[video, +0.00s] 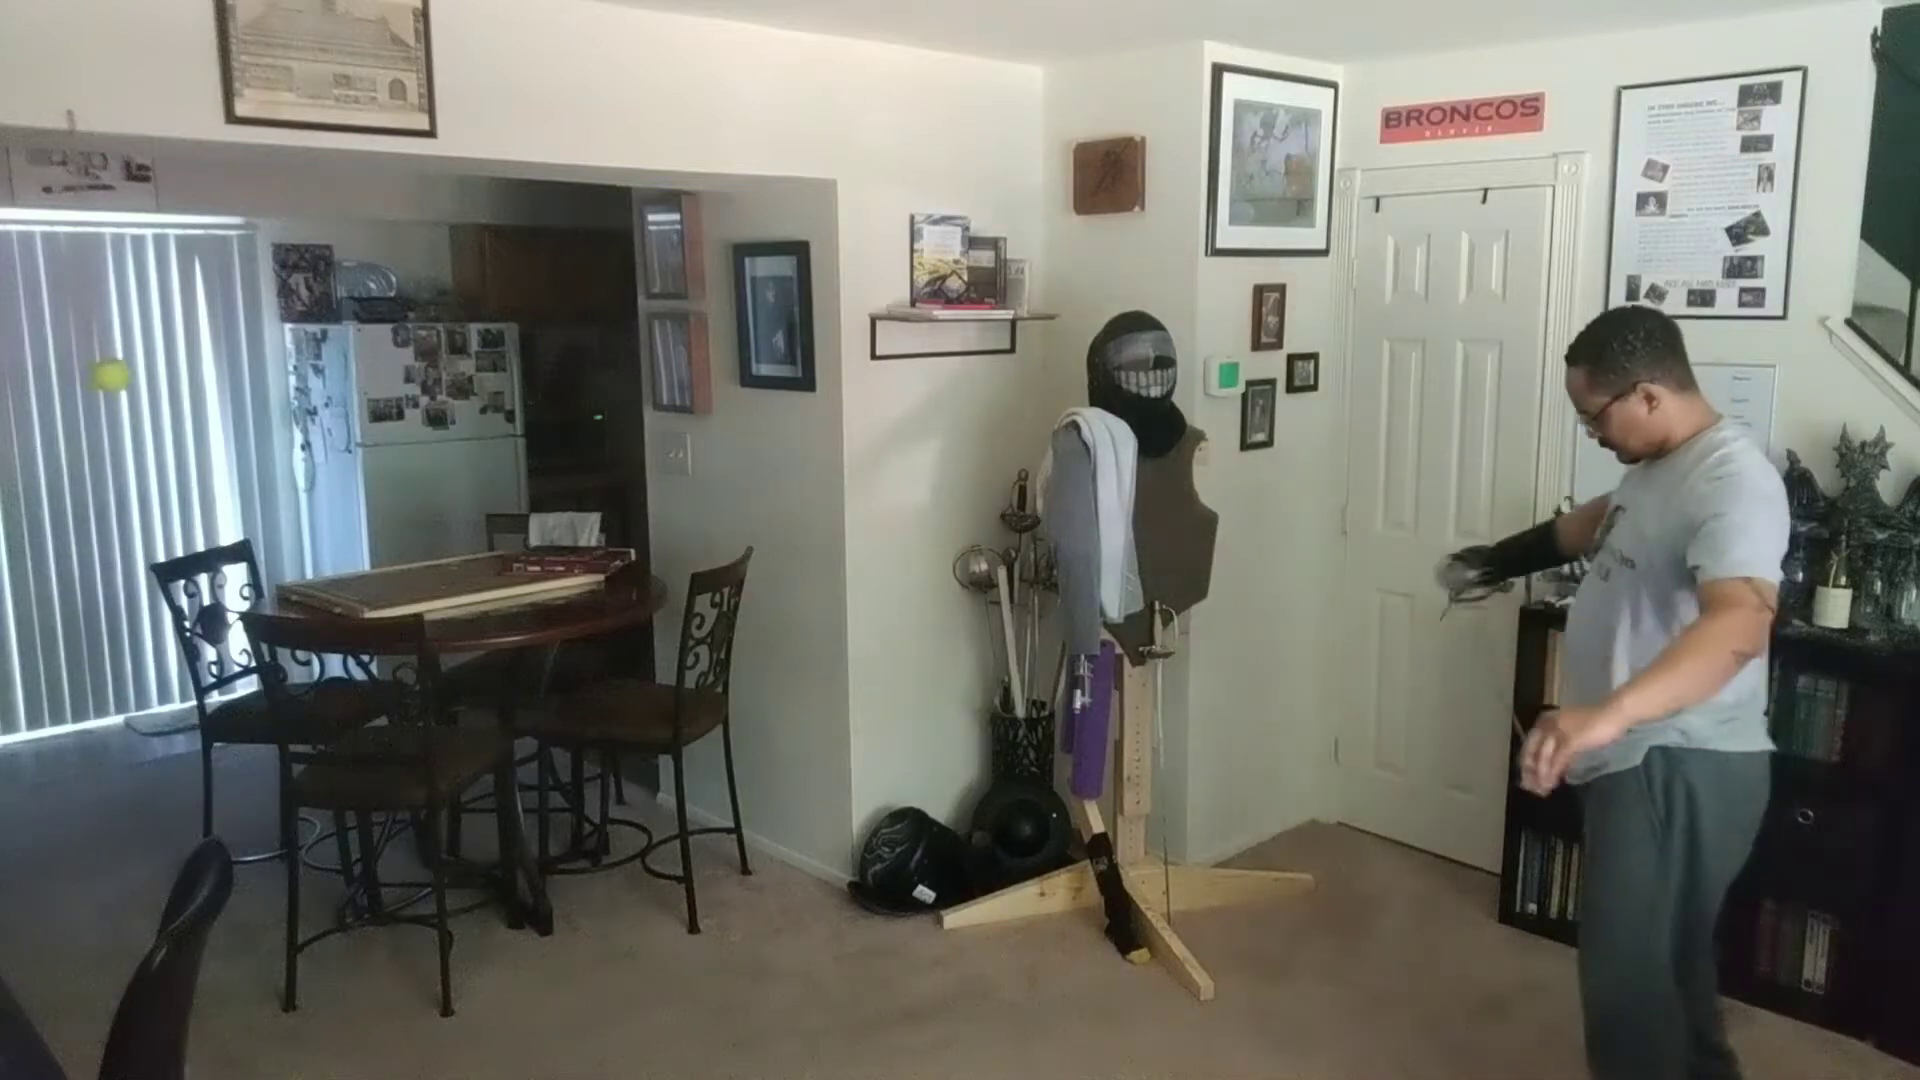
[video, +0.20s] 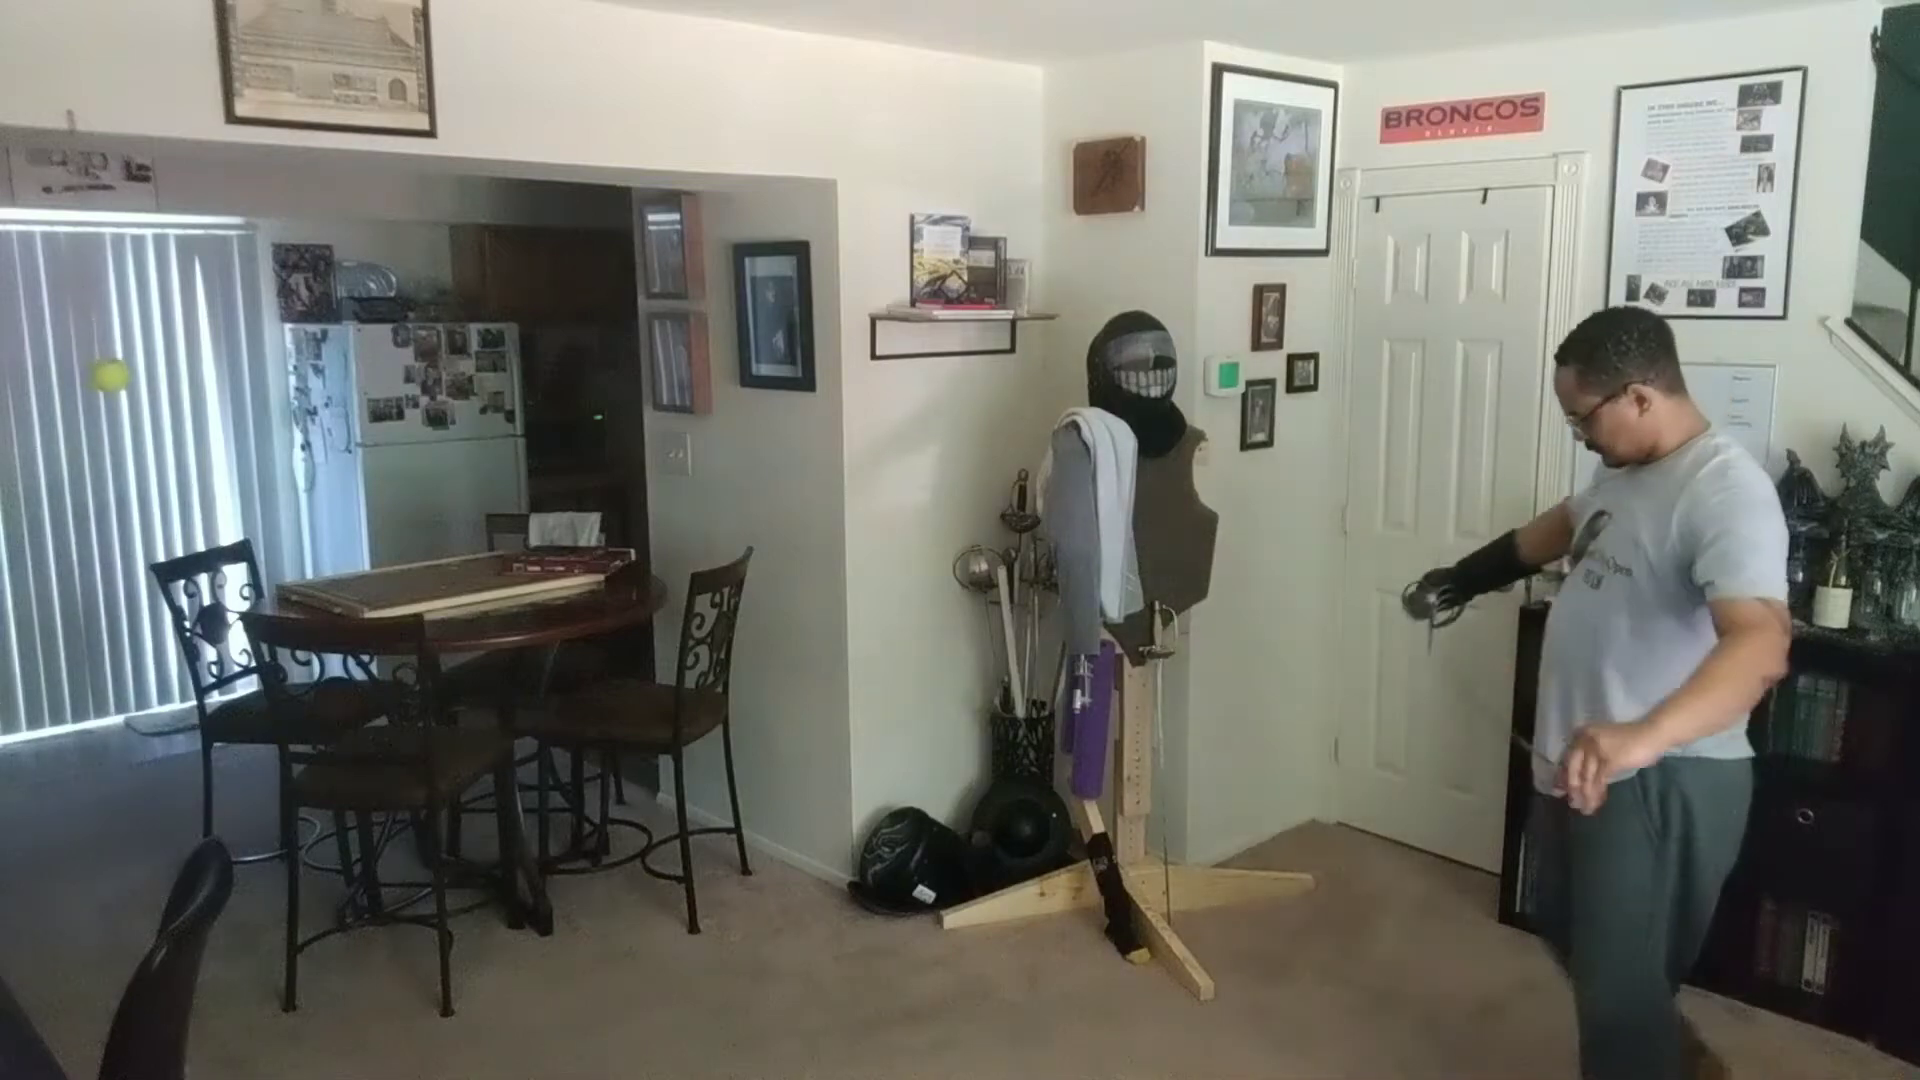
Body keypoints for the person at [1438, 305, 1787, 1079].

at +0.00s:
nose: (1594, 434)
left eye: (1596, 417)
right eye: (1587, 421)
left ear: (1648, 394)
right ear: (1650, 393)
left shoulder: (1732, 475)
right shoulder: (1662, 470)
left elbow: (1739, 624)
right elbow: (1591, 526)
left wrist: (1606, 715)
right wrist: (1501, 558)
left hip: (1676, 775)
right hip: (1637, 765)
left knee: (1629, 984)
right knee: (1666, 963)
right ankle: (1700, 1064)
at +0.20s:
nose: (1580, 436)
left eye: (1585, 418)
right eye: (1575, 422)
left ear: (1641, 396)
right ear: (1636, 398)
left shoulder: (1727, 484)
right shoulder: (1623, 472)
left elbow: (1761, 646)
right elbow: (1558, 529)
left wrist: (1644, 736)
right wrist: (1462, 577)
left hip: (1657, 792)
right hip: (1577, 775)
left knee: (1623, 1011)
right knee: (1571, 944)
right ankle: (1675, 1054)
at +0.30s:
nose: (1573, 435)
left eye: (1578, 418)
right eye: (1567, 421)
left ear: (1636, 397)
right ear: (1629, 399)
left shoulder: (1718, 484)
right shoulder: (1607, 475)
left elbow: (1771, 645)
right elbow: (1540, 529)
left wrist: (1650, 735)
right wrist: (1443, 582)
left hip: (1648, 791)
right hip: (1554, 774)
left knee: (1618, 1006)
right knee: (1526, 918)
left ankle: (1639, 1076)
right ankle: (1606, 1050)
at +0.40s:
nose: (1562, 429)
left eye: (1572, 411)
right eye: (1556, 413)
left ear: (1636, 389)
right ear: (1619, 394)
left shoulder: (1708, 486)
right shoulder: (1582, 475)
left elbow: (1770, 635)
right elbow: (1518, 521)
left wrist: (1678, 729)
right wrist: (1425, 577)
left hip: (1643, 789)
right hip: (1537, 767)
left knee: (1619, 1001)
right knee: (1488, 910)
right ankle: (1533, 1054)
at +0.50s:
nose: (1560, 415)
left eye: (1578, 394)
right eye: (1551, 395)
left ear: (1642, 383)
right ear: (1542, 387)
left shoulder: (1693, 484)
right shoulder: (1556, 466)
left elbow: (1768, 615)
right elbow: (1487, 513)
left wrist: (1700, 713)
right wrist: (1406, 576)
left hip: (1634, 782)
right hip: (1520, 757)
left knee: (1613, 990)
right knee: (1452, 907)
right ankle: (1456, 1060)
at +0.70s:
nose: (1555, 395)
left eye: (1578, 377)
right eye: (1538, 375)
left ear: (1618, 378)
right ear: (1520, 376)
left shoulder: (1657, 488)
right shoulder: (1493, 470)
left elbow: (1714, 615)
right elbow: (1420, 541)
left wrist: (1702, 734)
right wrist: (1340, 621)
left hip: (1604, 777)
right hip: (1477, 762)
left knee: (1602, 994)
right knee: (1386, 932)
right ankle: (1333, 1061)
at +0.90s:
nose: (1496, 384)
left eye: (1519, 368)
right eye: (1479, 366)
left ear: (1551, 378)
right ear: (1458, 373)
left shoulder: (1596, 499)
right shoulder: (1405, 487)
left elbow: (1666, 657)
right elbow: (1346, 598)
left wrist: (1679, 817)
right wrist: (1287, 726)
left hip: (1542, 786)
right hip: (1406, 777)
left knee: (1562, 984)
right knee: (1346, 961)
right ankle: (1325, 1071)